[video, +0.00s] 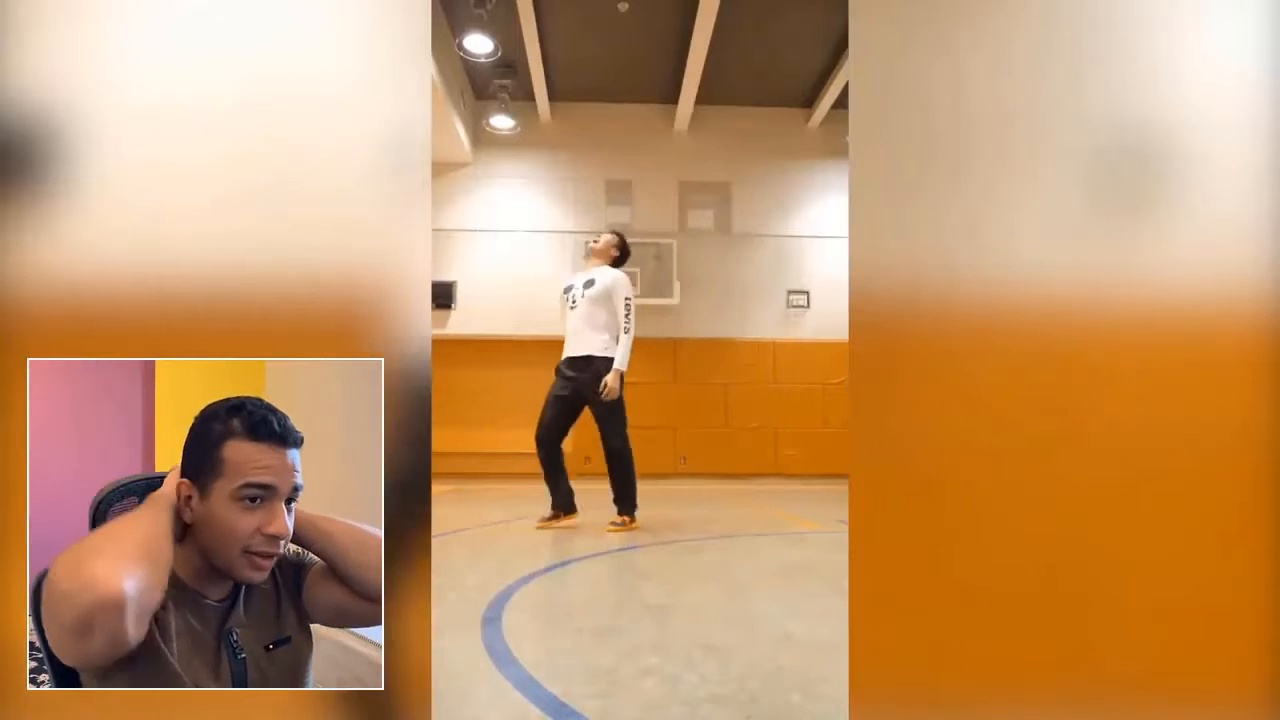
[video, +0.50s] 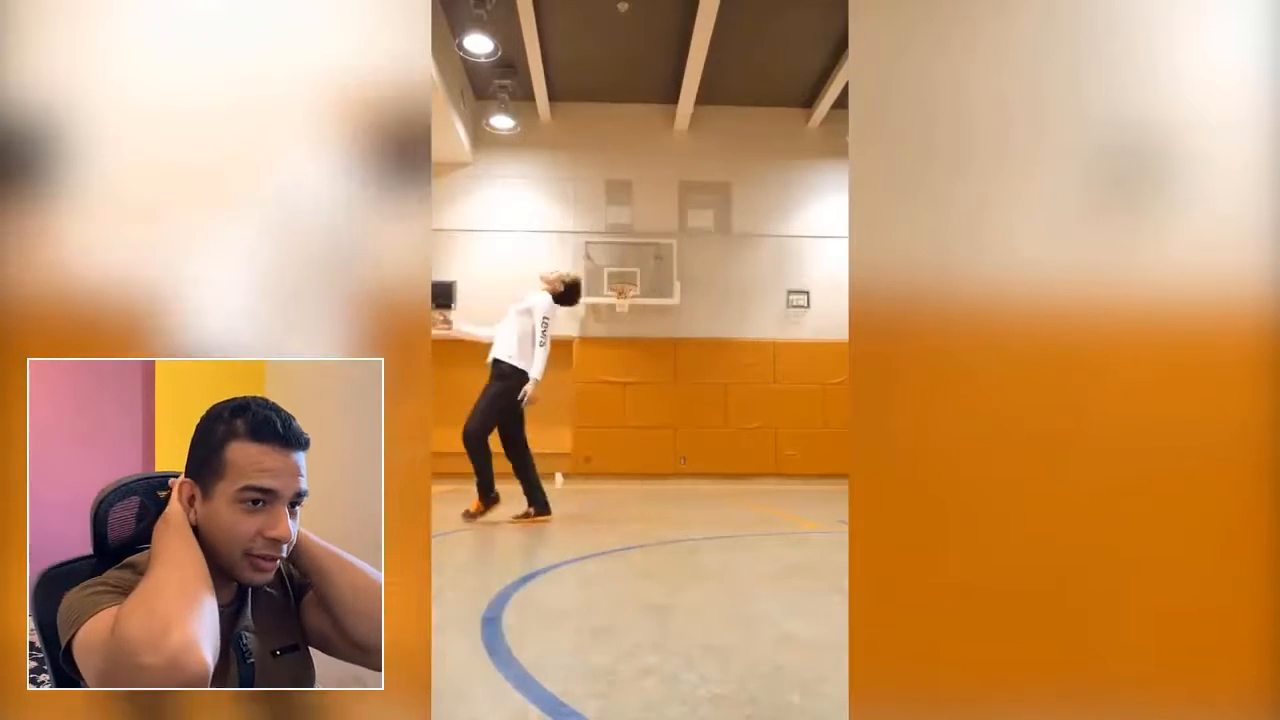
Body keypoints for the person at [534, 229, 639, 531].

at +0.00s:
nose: (596, 238)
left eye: (605, 237)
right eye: (599, 235)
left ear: (615, 252)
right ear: (597, 248)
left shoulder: (618, 278)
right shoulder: (575, 281)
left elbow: (627, 329)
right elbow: (574, 327)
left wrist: (617, 370)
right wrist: (565, 361)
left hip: (602, 366)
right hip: (571, 366)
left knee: (615, 442)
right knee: (546, 437)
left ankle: (626, 512)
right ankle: (564, 508)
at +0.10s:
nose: (592, 244)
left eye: (600, 244)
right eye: (593, 242)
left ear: (610, 261)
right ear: (589, 255)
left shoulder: (611, 285)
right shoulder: (569, 287)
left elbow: (617, 334)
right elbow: (566, 335)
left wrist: (608, 376)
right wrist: (552, 372)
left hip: (592, 370)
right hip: (562, 370)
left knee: (611, 445)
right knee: (539, 442)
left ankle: (626, 512)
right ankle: (547, 507)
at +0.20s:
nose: (587, 263)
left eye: (594, 266)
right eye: (592, 262)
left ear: (597, 280)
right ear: (588, 275)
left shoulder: (589, 296)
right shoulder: (561, 299)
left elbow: (590, 340)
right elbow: (548, 349)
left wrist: (580, 378)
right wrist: (521, 378)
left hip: (563, 374)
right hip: (538, 374)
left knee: (593, 443)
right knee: (532, 444)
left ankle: (624, 509)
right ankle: (540, 508)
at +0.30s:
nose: (585, 270)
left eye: (591, 273)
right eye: (590, 270)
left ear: (591, 286)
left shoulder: (581, 299)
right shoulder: (554, 301)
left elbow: (578, 339)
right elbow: (536, 348)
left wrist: (570, 376)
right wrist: (504, 369)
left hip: (547, 373)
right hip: (524, 374)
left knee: (575, 440)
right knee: (523, 446)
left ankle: (612, 497)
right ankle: (540, 507)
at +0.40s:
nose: (571, 273)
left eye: (577, 276)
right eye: (577, 273)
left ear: (577, 290)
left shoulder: (564, 303)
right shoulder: (542, 303)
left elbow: (563, 342)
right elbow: (510, 339)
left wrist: (552, 373)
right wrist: (469, 341)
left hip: (527, 368)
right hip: (511, 365)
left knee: (521, 435)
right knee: (513, 439)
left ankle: (549, 495)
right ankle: (534, 502)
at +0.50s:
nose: (554, 273)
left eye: (559, 276)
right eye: (560, 272)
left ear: (558, 289)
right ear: (557, 285)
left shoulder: (543, 301)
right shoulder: (530, 301)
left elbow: (542, 344)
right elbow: (496, 334)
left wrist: (534, 380)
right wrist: (456, 329)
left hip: (511, 374)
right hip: (503, 372)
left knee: (473, 434)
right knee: (515, 443)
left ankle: (487, 496)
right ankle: (539, 505)